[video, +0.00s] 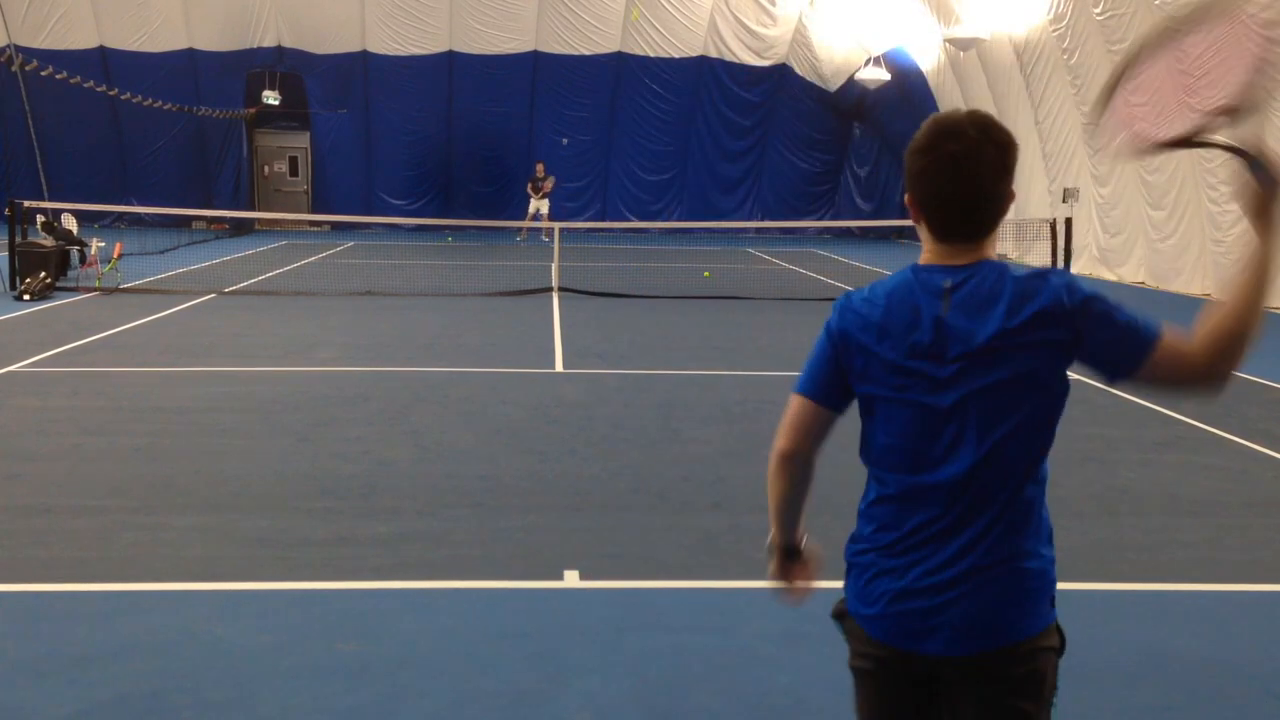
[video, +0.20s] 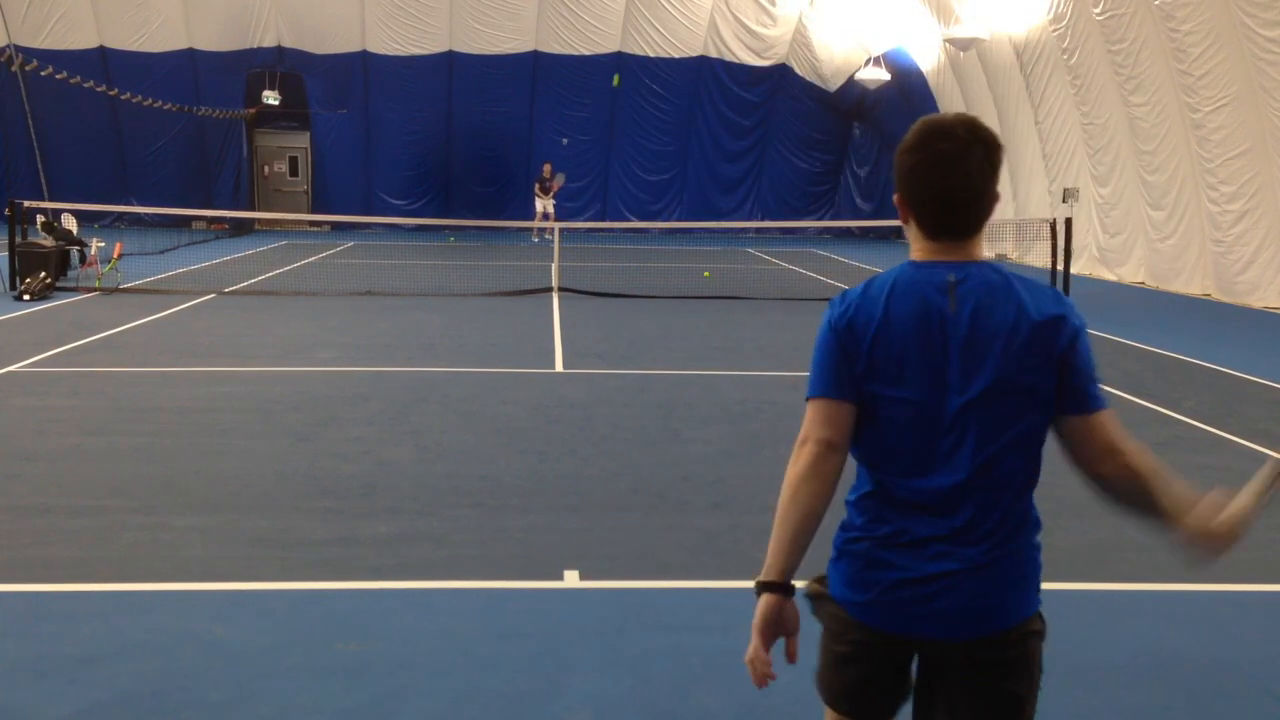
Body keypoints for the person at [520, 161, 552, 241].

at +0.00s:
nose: (539, 169)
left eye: (541, 167)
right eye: (538, 167)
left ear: (543, 168)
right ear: (536, 168)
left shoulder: (547, 179)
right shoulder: (532, 178)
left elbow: (549, 187)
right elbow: (528, 189)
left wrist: (543, 191)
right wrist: (534, 196)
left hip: (544, 200)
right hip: (534, 200)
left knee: (545, 217)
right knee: (529, 217)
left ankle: (545, 235)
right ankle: (523, 234)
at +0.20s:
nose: (547, 169)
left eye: (548, 167)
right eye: (546, 167)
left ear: (551, 169)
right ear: (543, 169)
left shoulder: (552, 178)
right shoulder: (539, 178)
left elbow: (554, 188)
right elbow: (536, 190)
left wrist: (550, 196)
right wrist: (544, 197)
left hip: (548, 198)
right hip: (539, 198)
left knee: (552, 216)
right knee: (539, 215)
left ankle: (548, 233)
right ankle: (535, 233)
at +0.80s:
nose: (572, 181)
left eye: (572, 179)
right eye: (571, 179)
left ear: (570, 179)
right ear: (567, 178)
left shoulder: (562, 184)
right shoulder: (564, 184)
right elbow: (569, 196)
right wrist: (576, 205)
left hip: (554, 204)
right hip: (555, 204)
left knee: (560, 220)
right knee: (566, 217)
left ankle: (551, 235)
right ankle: (563, 236)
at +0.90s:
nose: (572, 178)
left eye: (573, 177)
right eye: (572, 176)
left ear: (572, 177)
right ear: (568, 174)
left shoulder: (569, 183)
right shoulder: (561, 180)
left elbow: (579, 186)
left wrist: (587, 187)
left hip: (563, 203)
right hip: (556, 201)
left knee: (563, 219)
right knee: (565, 217)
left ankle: (553, 232)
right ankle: (563, 236)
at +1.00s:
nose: (572, 174)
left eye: (572, 173)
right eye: (571, 172)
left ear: (572, 173)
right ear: (568, 171)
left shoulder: (567, 180)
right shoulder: (561, 175)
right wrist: (549, 159)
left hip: (564, 200)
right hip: (558, 199)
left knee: (565, 218)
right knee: (564, 216)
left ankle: (554, 231)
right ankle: (562, 235)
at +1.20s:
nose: (567, 171)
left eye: (569, 170)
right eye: (566, 169)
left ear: (570, 171)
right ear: (563, 168)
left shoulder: (567, 181)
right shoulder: (557, 174)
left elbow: (570, 191)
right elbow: (546, 165)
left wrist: (572, 200)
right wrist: (538, 156)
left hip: (563, 199)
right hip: (556, 197)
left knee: (563, 216)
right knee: (562, 214)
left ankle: (557, 234)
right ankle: (562, 235)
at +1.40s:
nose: (563, 170)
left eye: (564, 168)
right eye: (562, 167)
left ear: (567, 170)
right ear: (559, 168)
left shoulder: (567, 180)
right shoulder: (553, 177)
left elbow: (571, 192)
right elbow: (541, 178)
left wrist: (573, 202)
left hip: (562, 200)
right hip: (553, 199)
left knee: (561, 218)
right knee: (556, 216)